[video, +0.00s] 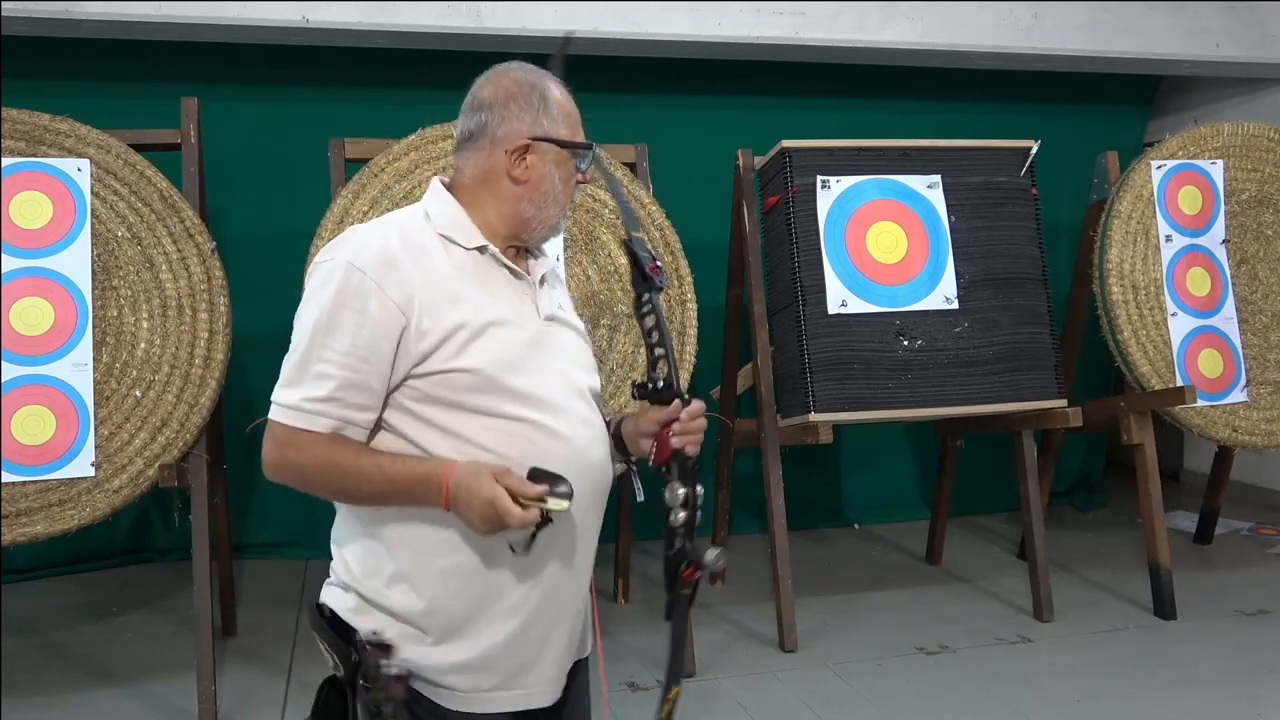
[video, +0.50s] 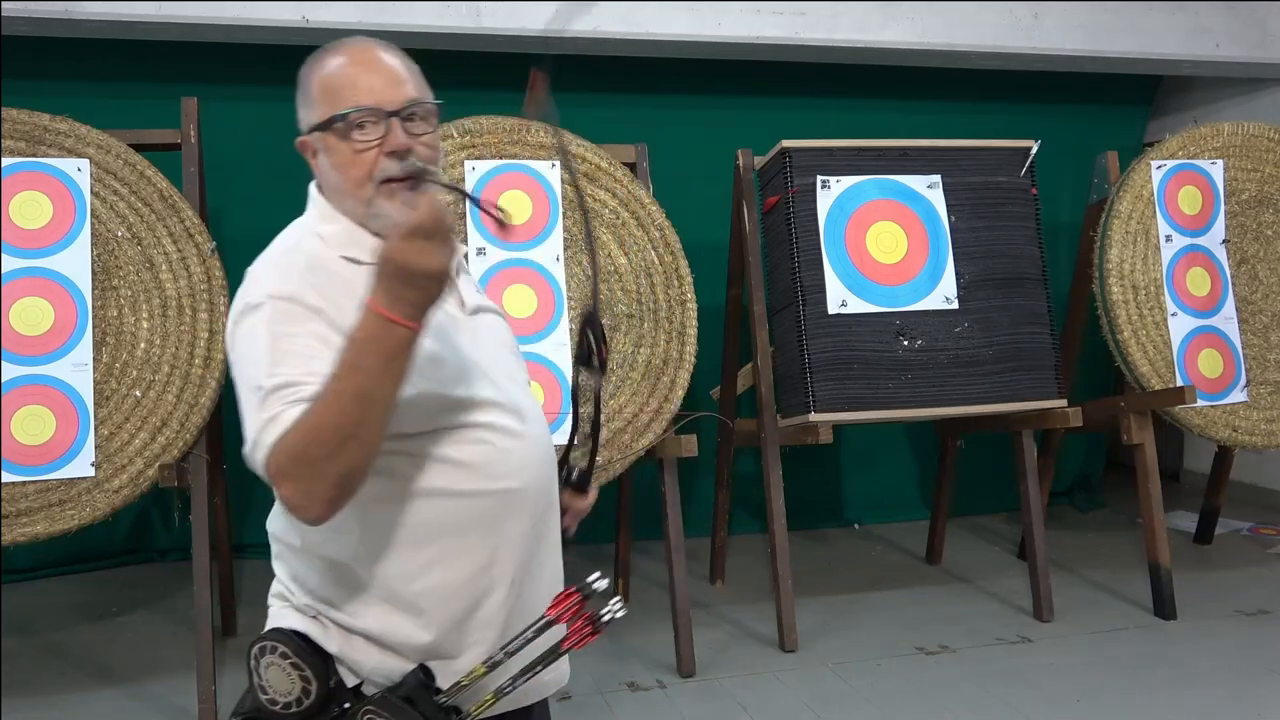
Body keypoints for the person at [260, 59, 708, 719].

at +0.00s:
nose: (580, 182)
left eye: (581, 162)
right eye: (573, 159)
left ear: (517, 162)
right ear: (521, 161)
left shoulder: (538, 265)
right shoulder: (372, 265)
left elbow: (534, 425)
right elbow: (289, 450)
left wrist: (629, 432)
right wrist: (449, 484)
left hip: (552, 649)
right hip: (430, 667)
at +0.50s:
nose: (400, 143)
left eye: (415, 118)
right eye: (362, 124)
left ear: (437, 132)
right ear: (311, 154)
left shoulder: (437, 249)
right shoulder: (286, 285)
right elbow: (309, 491)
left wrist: (540, 479)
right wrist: (397, 307)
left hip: (507, 658)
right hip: (368, 677)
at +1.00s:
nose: (340, 158)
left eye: (362, 127)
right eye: (305, 136)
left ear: (393, 136)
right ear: (263, 159)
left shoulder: (432, 246)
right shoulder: (217, 305)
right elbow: (145, 523)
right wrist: (270, 514)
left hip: (476, 680)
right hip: (308, 700)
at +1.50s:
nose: (463, 171)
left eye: (459, 150)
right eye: (446, 152)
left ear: (375, 174)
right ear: (372, 171)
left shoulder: (419, 268)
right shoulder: (268, 297)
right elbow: (226, 537)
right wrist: (388, 449)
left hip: (458, 660)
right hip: (324, 685)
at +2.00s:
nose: (563, 196)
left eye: (564, 178)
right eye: (563, 179)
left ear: (463, 173)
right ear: (540, 181)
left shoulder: (405, 267)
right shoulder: (511, 277)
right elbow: (536, 479)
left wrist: (602, 439)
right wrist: (625, 438)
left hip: (417, 608)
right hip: (497, 628)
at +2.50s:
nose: (666, 198)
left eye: (668, 181)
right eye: (666, 180)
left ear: (577, 170)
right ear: (633, 180)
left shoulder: (508, 260)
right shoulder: (632, 265)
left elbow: (477, 425)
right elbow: (649, 428)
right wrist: (714, 407)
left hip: (516, 554)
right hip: (614, 559)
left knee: (538, 710)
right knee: (670, 708)